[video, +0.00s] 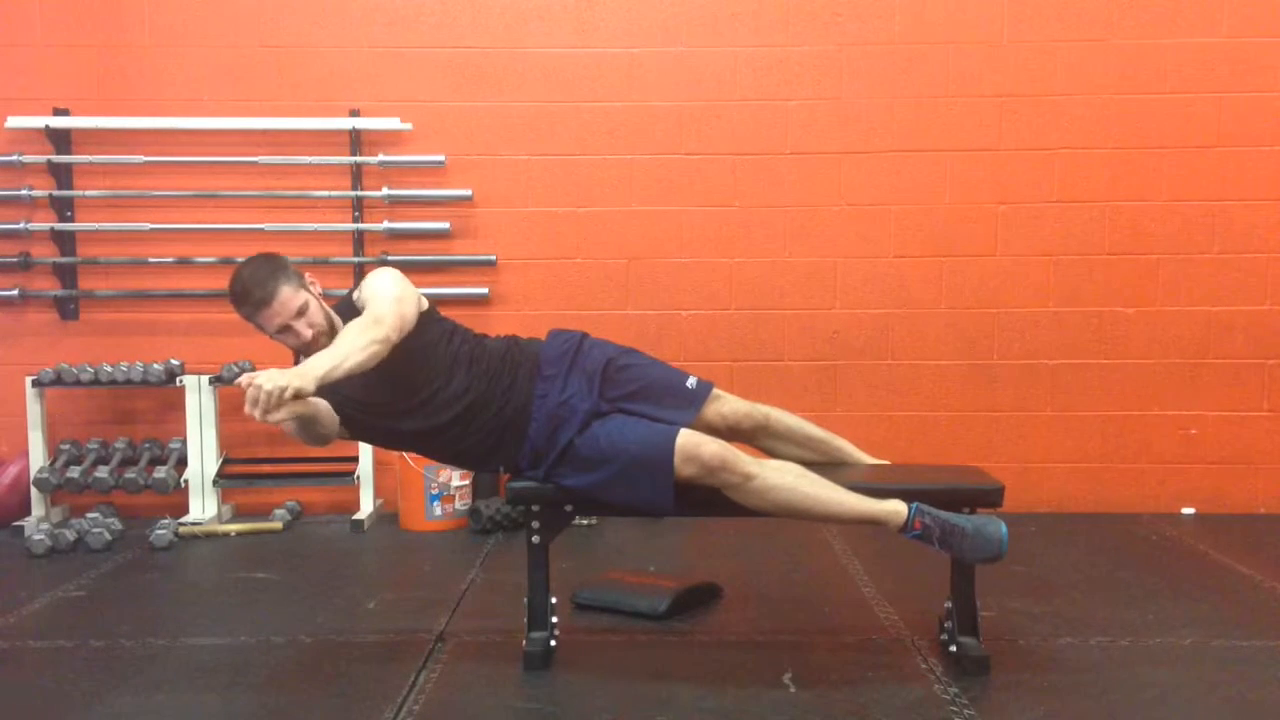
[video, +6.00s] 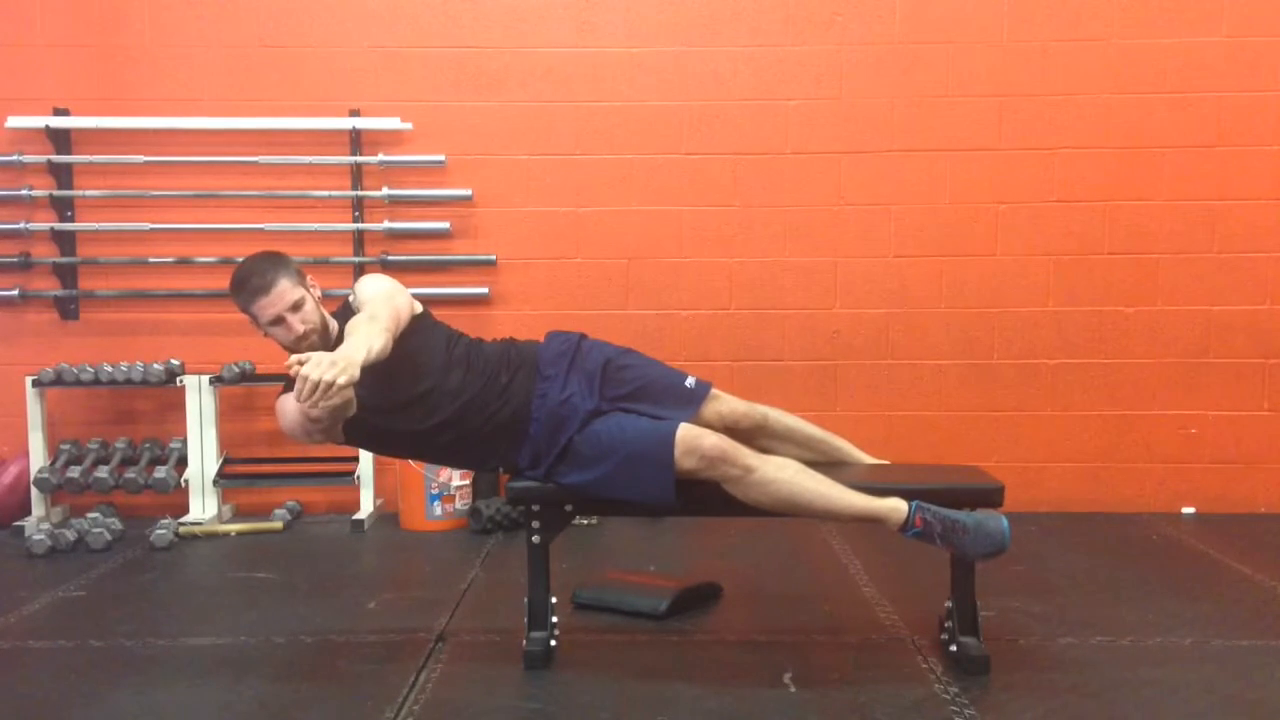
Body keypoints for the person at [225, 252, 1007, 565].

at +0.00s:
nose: (308, 318)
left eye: (304, 300)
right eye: (287, 324)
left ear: (316, 278)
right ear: (272, 335)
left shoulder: (376, 287)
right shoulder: (322, 395)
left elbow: (386, 328)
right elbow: (315, 421)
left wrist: (305, 374)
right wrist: (280, 406)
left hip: (567, 365)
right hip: (547, 447)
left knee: (735, 414)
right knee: (717, 463)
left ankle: (899, 484)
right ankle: (914, 521)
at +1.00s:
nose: (266, 316)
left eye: (261, 297)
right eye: (248, 322)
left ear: (288, 282)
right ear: (249, 344)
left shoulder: (375, 291)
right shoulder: (306, 411)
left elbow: (489, 325)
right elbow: (366, 505)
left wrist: (409, 407)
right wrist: (386, 444)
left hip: (572, 368)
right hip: (546, 450)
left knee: (742, 417)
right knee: (714, 461)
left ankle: (908, 492)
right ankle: (917, 521)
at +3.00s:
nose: (273, 324)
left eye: (270, 305)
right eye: (254, 326)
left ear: (293, 287)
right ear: (251, 345)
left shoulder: (369, 294)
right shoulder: (304, 408)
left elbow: (400, 317)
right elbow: (326, 419)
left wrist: (346, 359)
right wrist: (327, 387)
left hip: (565, 366)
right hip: (546, 450)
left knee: (737, 415)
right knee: (710, 457)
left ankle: (904, 492)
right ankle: (913, 521)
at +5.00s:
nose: (287, 328)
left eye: (285, 308)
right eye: (266, 329)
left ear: (303, 290)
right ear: (255, 345)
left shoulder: (369, 298)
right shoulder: (310, 412)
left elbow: (425, 337)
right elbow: (364, 501)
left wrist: (348, 405)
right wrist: (328, 440)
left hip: (565, 367)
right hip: (544, 449)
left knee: (737, 415)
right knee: (710, 455)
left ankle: (906, 493)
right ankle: (912, 521)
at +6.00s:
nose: (295, 327)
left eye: (294, 307)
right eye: (275, 326)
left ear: (312, 284)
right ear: (260, 337)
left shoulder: (368, 293)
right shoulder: (301, 400)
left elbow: (385, 321)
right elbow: (323, 420)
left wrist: (345, 360)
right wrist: (328, 399)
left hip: (568, 365)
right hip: (548, 446)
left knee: (737, 415)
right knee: (708, 454)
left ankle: (909, 491)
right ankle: (912, 520)